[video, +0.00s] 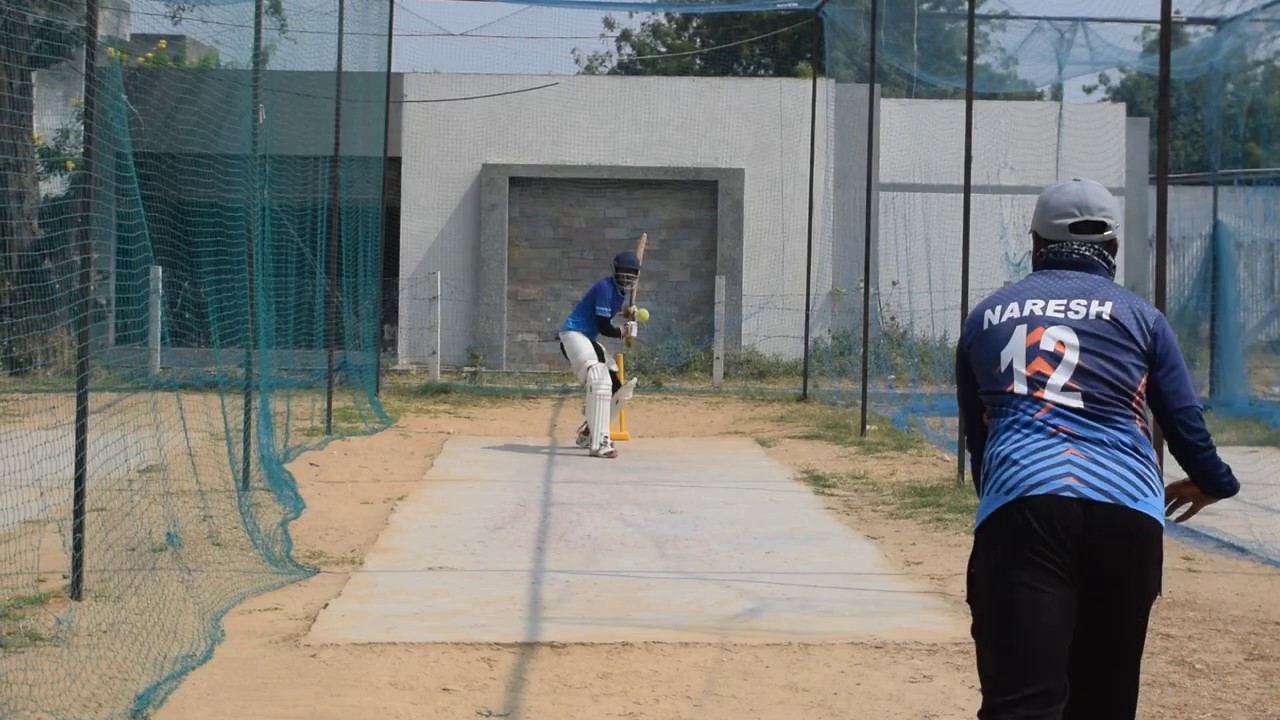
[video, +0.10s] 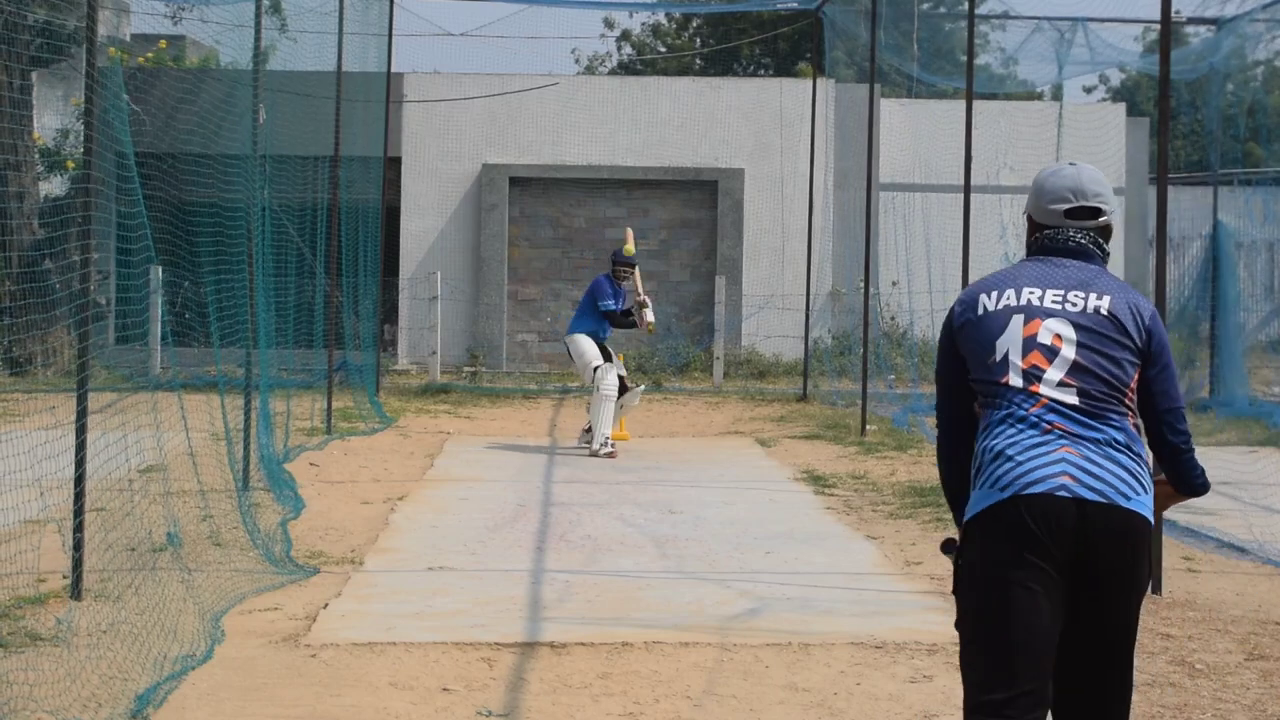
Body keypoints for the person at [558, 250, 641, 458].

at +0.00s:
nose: (628, 278)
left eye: (632, 274)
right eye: (625, 273)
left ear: (636, 276)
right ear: (616, 271)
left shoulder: (620, 293)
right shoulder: (605, 287)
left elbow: (619, 310)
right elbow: (603, 326)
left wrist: (626, 315)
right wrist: (622, 332)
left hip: (589, 338)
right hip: (574, 334)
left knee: (617, 386)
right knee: (599, 379)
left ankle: (588, 433)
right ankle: (599, 443)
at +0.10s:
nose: (624, 273)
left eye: (628, 269)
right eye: (620, 268)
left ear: (633, 272)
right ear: (613, 266)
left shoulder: (620, 292)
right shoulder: (602, 284)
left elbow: (618, 317)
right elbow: (614, 320)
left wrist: (635, 307)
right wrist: (638, 321)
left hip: (596, 340)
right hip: (579, 336)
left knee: (623, 389)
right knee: (606, 379)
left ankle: (592, 431)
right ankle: (600, 442)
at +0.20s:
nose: (621, 265)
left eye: (626, 262)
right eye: (618, 259)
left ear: (630, 264)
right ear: (610, 258)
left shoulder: (624, 286)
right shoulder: (598, 274)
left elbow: (637, 317)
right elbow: (609, 296)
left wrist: (647, 298)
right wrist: (641, 295)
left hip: (604, 339)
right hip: (583, 334)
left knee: (626, 394)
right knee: (607, 378)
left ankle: (592, 429)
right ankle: (601, 443)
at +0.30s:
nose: (619, 253)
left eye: (624, 251)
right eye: (616, 249)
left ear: (631, 253)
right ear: (610, 248)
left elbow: (642, 301)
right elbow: (599, 269)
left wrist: (642, 275)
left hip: (615, 333)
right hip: (589, 330)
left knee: (620, 388)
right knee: (595, 382)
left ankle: (599, 430)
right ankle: (596, 438)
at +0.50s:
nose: (629, 248)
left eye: (635, 245)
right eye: (626, 243)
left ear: (643, 246)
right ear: (622, 243)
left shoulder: (643, 263)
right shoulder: (613, 257)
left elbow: (623, 272)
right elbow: (599, 261)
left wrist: (595, 264)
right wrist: (585, 260)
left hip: (619, 325)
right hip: (593, 319)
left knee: (613, 380)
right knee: (588, 370)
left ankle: (609, 431)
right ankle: (592, 421)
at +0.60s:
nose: (634, 244)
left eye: (639, 241)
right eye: (631, 239)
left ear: (648, 242)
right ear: (627, 239)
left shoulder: (646, 261)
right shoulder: (627, 262)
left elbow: (616, 270)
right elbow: (607, 288)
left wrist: (580, 267)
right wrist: (586, 280)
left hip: (622, 321)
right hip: (599, 314)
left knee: (615, 377)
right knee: (593, 347)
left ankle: (607, 431)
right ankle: (590, 405)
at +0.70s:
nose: (629, 239)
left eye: (633, 235)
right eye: (630, 235)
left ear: (643, 237)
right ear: (645, 238)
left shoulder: (643, 257)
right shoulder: (638, 261)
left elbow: (607, 271)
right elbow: (617, 294)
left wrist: (586, 266)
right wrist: (591, 284)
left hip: (625, 320)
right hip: (608, 315)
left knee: (614, 376)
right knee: (581, 341)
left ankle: (610, 431)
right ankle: (585, 395)